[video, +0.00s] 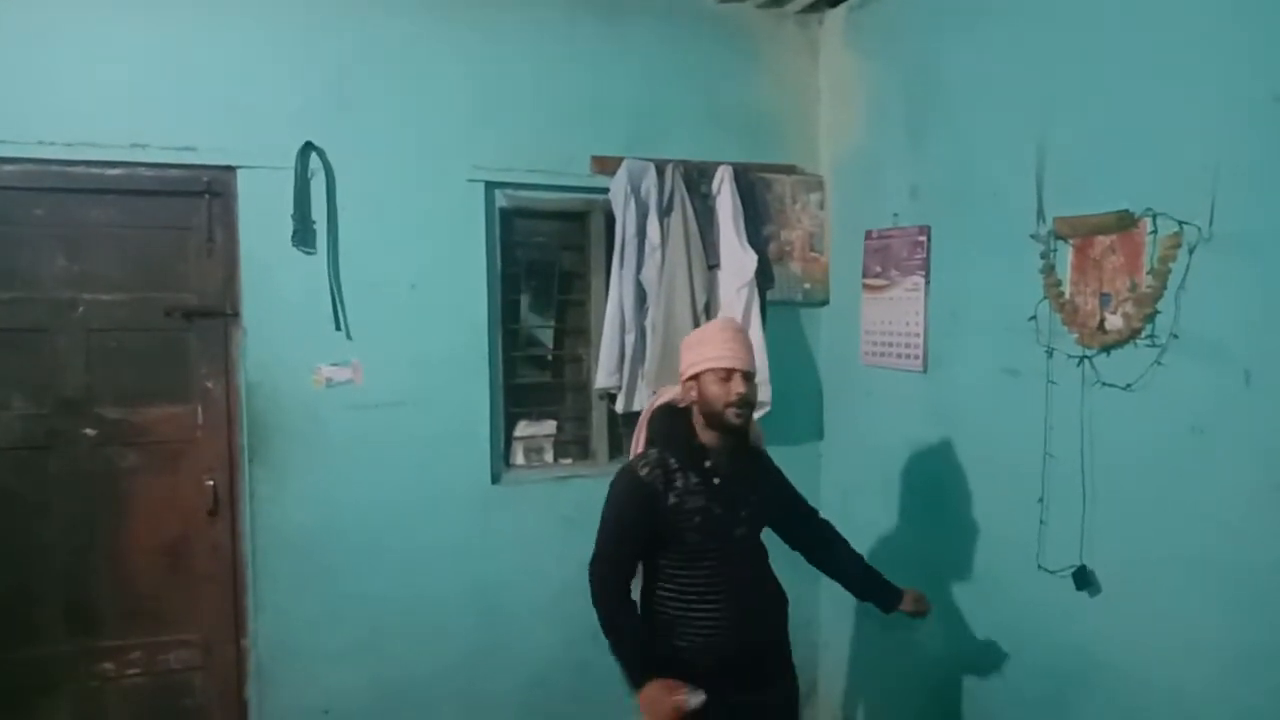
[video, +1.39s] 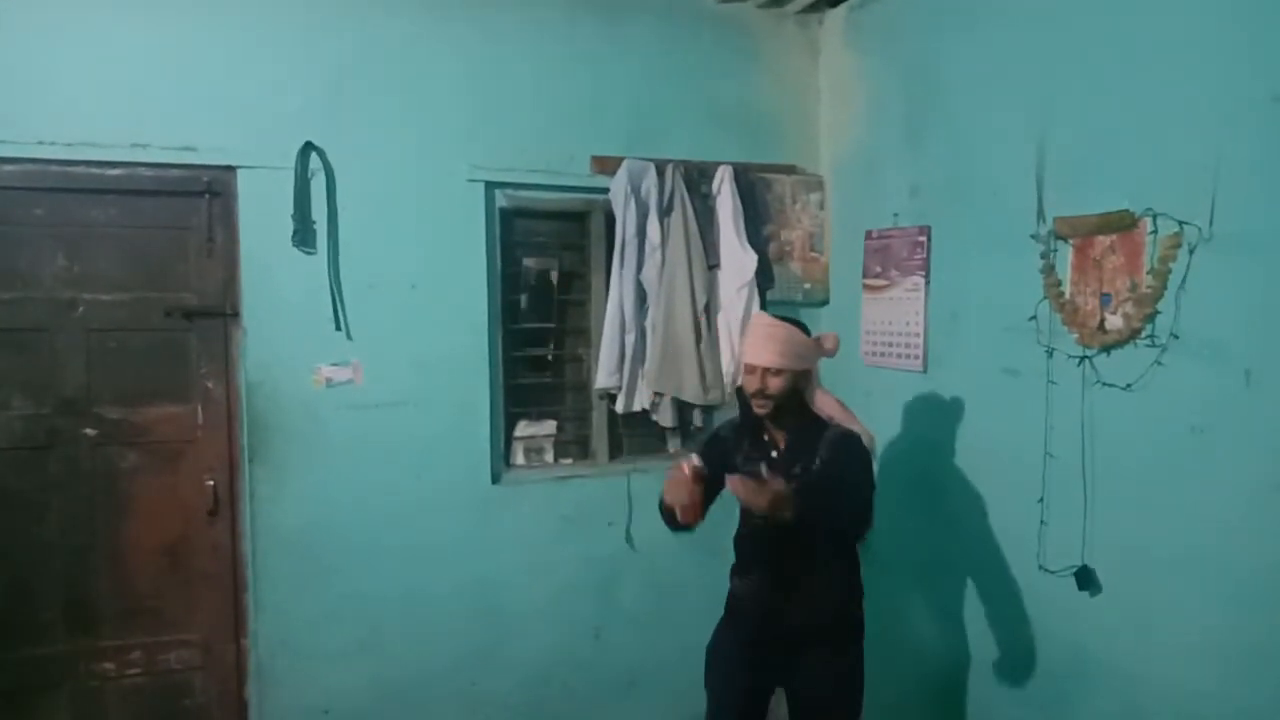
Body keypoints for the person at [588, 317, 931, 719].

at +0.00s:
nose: (741, 390)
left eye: (747, 377)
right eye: (725, 377)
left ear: (755, 384)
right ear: (690, 388)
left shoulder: (750, 464)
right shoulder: (645, 478)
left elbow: (810, 533)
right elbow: (607, 583)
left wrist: (889, 596)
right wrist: (645, 680)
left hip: (763, 666)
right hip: (683, 675)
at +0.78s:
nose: (721, 383)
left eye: (736, 369)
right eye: (706, 369)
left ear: (759, 375)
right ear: (689, 376)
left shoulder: (783, 449)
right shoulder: (664, 456)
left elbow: (827, 524)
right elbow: (618, 557)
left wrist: (851, 618)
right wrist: (648, 658)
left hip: (776, 654)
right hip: (690, 660)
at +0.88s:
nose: (728, 393)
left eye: (744, 380)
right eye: (715, 379)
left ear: (768, 383)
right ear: (700, 381)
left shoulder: (801, 458)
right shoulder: (677, 463)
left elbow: (834, 551)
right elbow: (648, 569)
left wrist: (841, 652)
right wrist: (664, 678)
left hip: (785, 659)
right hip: (701, 663)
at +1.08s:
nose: (752, 407)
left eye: (768, 395)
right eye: (741, 393)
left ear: (794, 400)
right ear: (729, 396)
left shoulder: (834, 479)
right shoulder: (709, 478)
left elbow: (867, 579)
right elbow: (686, 571)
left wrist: (841, 673)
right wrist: (676, 656)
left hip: (805, 670)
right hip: (726, 668)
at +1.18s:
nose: (759, 407)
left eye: (774, 395)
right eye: (750, 393)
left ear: (802, 400)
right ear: (739, 396)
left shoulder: (842, 474)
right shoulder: (724, 470)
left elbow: (882, 569)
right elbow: (696, 540)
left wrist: (830, 617)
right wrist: (682, 589)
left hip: (818, 661)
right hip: (739, 657)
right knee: (719, 711)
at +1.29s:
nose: (761, 396)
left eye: (776, 385)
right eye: (753, 382)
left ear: (805, 389)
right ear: (741, 383)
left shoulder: (846, 463)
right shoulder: (732, 453)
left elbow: (878, 556)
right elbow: (689, 520)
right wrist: (683, 540)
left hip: (822, 647)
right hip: (745, 643)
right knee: (725, 709)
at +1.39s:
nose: (759, 386)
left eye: (775, 373)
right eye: (750, 371)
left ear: (802, 378)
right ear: (739, 372)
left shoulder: (842, 445)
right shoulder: (732, 437)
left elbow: (853, 521)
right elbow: (683, 518)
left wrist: (785, 503)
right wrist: (679, 499)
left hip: (824, 625)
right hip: (749, 621)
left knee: (828, 711)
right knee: (727, 709)